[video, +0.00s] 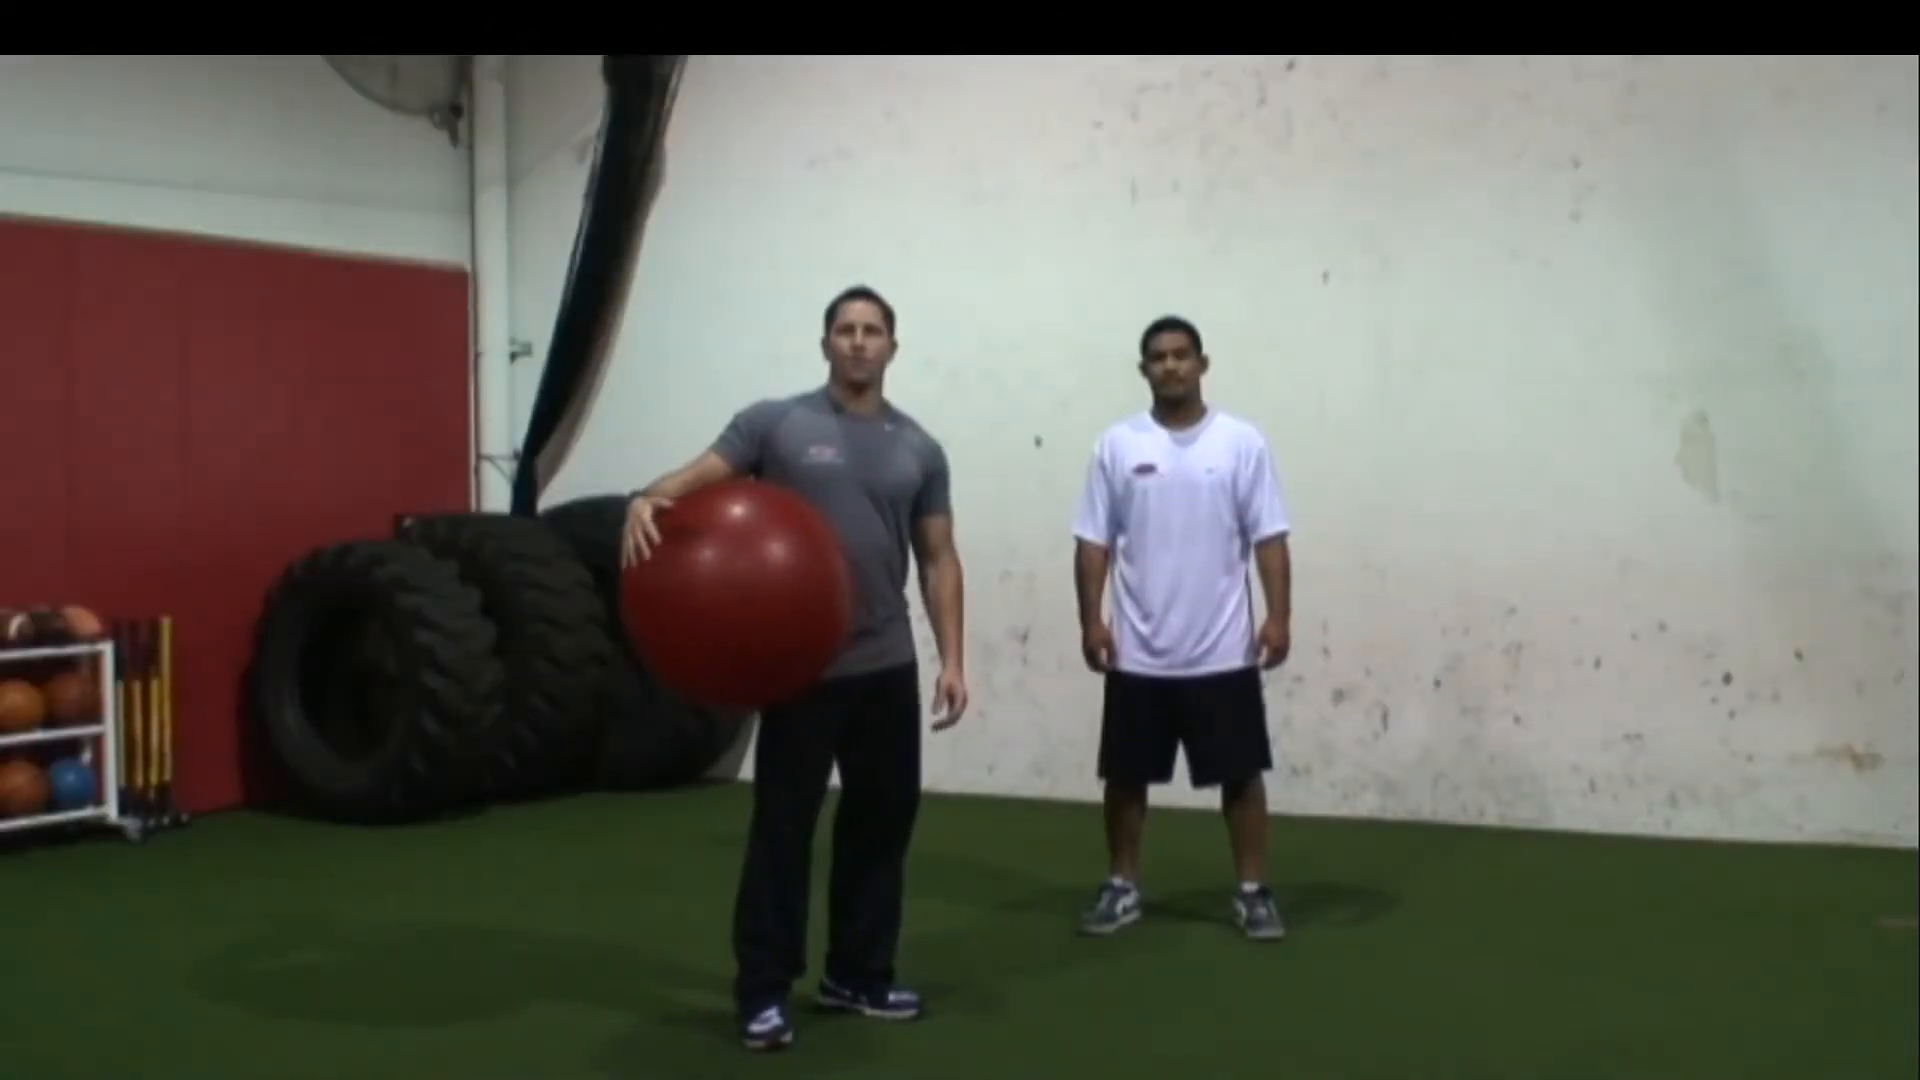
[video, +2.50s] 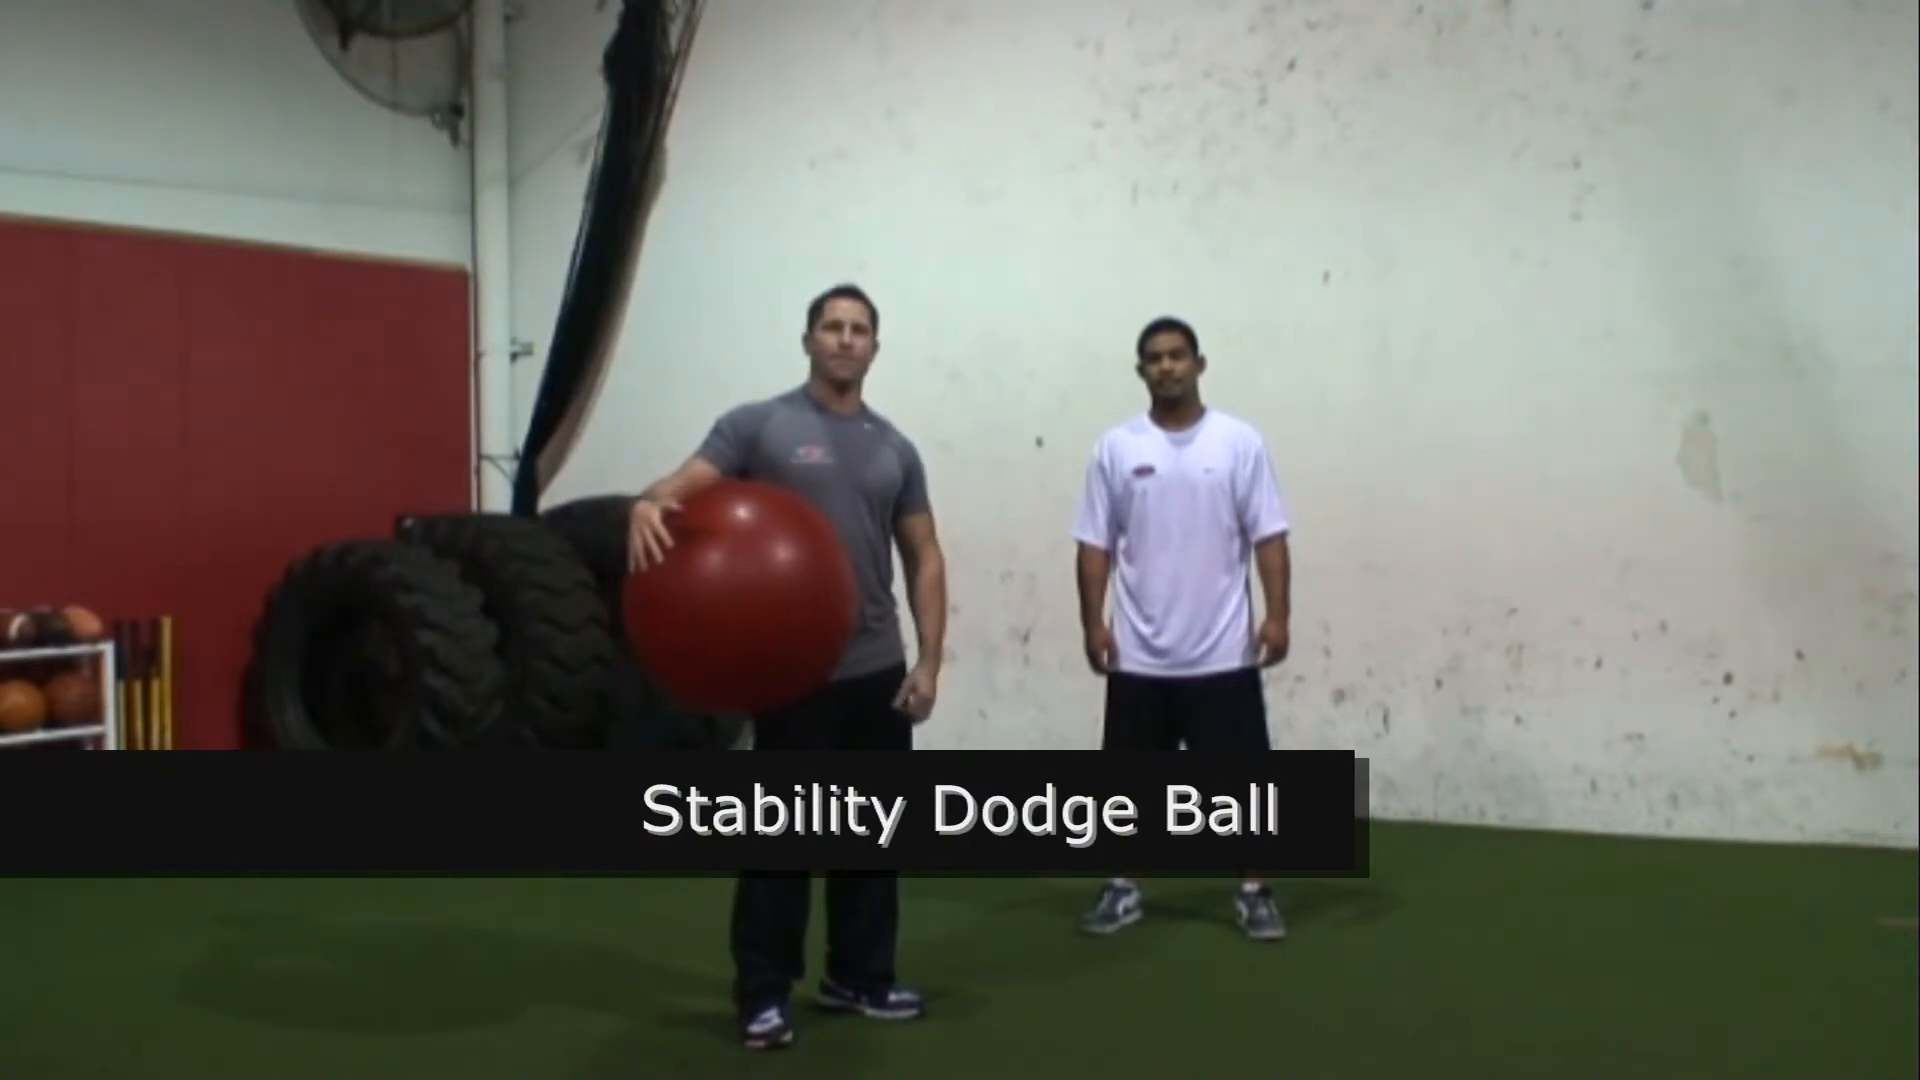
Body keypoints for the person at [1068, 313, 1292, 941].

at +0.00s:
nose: (1169, 366)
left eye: (1180, 355)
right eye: (1158, 358)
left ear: (1202, 364)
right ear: (1144, 370)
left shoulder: (1242, 443)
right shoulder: (1118, 445)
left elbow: (1269, 535)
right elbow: (1093, 537)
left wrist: (1278, 614)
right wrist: (1092, 619)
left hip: (1221, 645)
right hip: (1139, 645)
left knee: (1243, 778)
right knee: (1124, 777)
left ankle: (1252, 889)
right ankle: (1122, 884)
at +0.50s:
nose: (1169, 366)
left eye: (1179, 356)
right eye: (1157, 358)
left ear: (1201, 364)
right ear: (1143, 371)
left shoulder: (1242, 442)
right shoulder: (1118, 446)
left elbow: (1271, 533)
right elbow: (1094, 539)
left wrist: (1281, 612)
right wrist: (1094, 620)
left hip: (1223, 645)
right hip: (1141, 646)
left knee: (1245, 780)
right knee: (1124, 779)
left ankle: (1253, 888)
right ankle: (1123, 884)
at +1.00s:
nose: (1169, 366)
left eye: (1179, 356)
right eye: (1157, 358)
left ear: (1201, 365)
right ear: (1143, 371)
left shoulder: (1243, 442)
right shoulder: (1117, 447)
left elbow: (1272, 533)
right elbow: (1094, 539)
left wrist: (1281, 611)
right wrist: (1093, 620)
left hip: (1223, 646)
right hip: (1141, 648)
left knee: (1242, 778)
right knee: (1125, 778)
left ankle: (1252, 887)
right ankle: (1123, 883)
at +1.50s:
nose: (1166, 366)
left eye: (1177, 356)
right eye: (1154, 358)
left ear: (1199, 364)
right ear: (1140, 371)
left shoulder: (1240, 442)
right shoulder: (1117, 447)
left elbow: (1269, 534)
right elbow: (1094, 540)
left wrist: (1277, 614)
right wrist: (1093, 622)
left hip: (1222, 647)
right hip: (1141, 648)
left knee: (1241, 777)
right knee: (1125, 778)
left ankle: (1252, 886)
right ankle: (1123, 883)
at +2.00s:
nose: (1166, 366)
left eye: (1176, 356)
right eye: (1154, 358)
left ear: (1198, 364)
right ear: (1140, 371)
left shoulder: (1240, 442)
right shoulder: (1117, 447)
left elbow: (1269, 534)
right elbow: (1094, 541)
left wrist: (1278, 613)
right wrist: (1093, 622)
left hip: (1222, 648)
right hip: (1140, 649)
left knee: (1242, 777)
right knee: (1124, 778)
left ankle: (1253, 887)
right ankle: (1123, 884)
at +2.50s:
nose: (1166, 366)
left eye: (1177, 356)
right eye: (1155, 358)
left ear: (1199, 364)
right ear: (1141, 371)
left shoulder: (1240, 442)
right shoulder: (1117, 448)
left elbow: (1269, 534)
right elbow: (1094, 541)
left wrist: (1277, 613)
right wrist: (1093, 622)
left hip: (1222, 648)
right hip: (1140, 649)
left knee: (1242, 778)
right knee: (1124, 778)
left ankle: (1253, 887)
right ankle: (1123, 884)